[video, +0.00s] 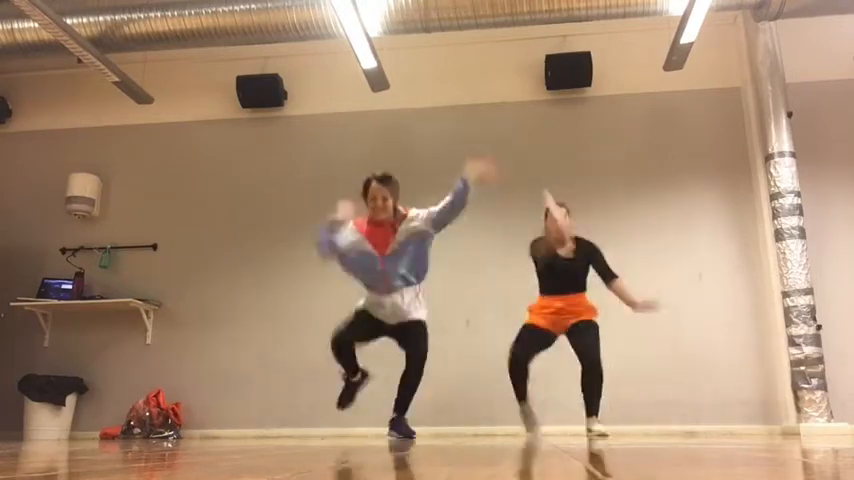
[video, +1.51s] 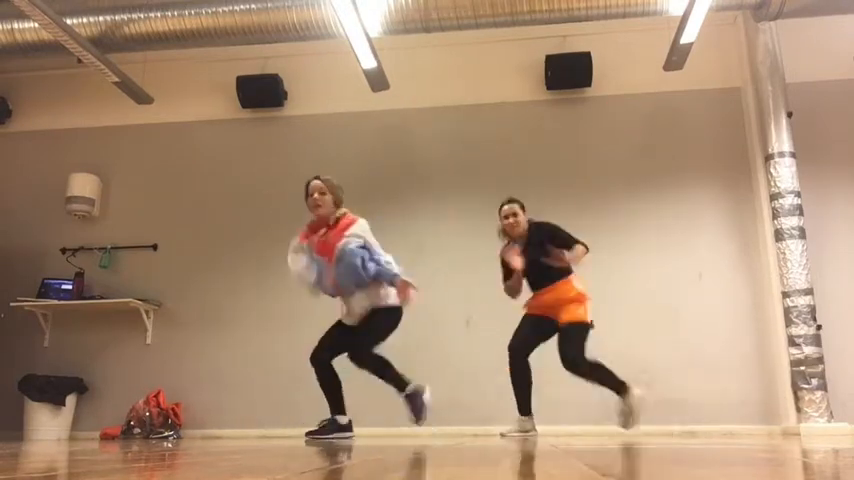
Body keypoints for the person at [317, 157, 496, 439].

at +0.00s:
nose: (378, 204)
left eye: (384, 198)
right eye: (373, 199)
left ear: (395, 200)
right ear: (366, 202)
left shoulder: (416, 224)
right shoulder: (354, 232)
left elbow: (447, 211)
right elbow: (327, 250)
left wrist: (466, 182)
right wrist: (333, 224)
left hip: (408, 309)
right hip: (374, 309)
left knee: (417, 356)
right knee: (340, 341)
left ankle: (399, 418)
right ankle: (354, 376)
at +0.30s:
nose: (381, 239)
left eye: (387, 233)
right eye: (375, 233)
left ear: (395, 237)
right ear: (367, 236)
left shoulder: (401, 262)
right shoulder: (361, 264)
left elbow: (417, 249)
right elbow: (364, 293)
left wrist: (426, 228)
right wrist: (386, 296)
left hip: (398, 349)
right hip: (370, 354)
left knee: (423, 352)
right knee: (364, 429)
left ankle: (405, 416)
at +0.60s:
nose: (365, 238)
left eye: (370, 232)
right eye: (359, 233)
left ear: (379, 236)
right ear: (350, 237)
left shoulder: (390, 266)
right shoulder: (342, 261)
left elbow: (410, 296)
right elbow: (308, 255)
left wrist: (441, 290)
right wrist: (315, 234)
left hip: (390, 346)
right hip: (359, 349)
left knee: (407, 419)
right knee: (363, 429)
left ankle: (393, 422)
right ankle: (326, 415)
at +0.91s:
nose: (364, 243)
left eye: (370, 237)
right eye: (358, 238)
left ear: (381, 240)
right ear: (352, 243)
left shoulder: (396, 268)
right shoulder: (347, 281)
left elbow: (410, 245)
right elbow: (332, 318)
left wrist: (395, 221)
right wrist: (305, 345)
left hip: (390, 352)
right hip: (357, 349)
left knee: (393, 428)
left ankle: (375, 423)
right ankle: (308, 417)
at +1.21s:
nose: (333, 235)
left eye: (339, 229)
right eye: (328, 230)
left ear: (350, 232)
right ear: (322, 235)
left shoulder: (372, 254)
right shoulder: (319, 262)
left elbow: (400, 249)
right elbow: (295, 246)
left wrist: (384, 220)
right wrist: (306, 216)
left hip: (383, 344)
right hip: (355, 344)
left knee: (387, 422)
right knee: (320, 361)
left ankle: (430, 430)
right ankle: (341, 422)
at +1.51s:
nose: (315, 199)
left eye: (322, 193)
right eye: (310, 195)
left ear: (336, 198)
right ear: (307, 202)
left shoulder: (353, 228)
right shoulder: (311, 238)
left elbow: (376, 258)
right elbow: (308, 278)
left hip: (384, 305)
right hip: (355, 312)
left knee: (359, 353)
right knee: (320, 357)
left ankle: (411, 391)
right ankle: (340, 420)